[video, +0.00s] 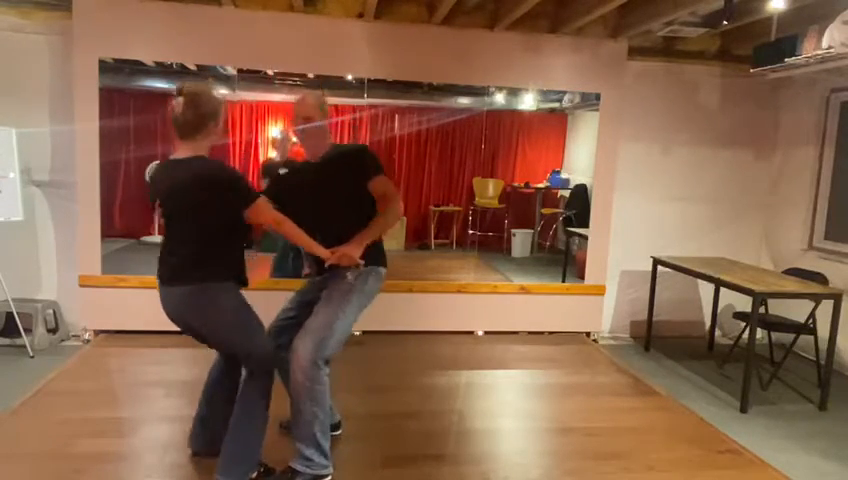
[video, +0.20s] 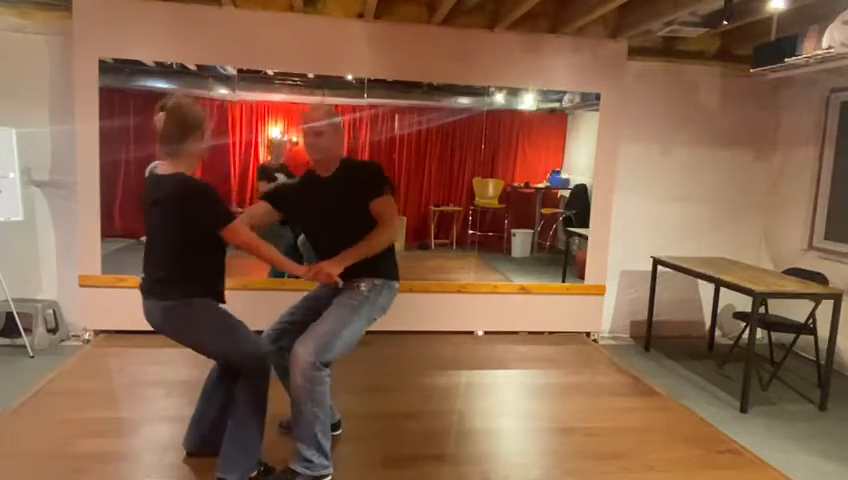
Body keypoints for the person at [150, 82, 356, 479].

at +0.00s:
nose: (223, 127)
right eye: (221, 121)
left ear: (175, 126)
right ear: (216, 127)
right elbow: (272, 219)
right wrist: (320, 251)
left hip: (174, 295)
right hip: (212, 294)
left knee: (233, 350)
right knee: (261, 359)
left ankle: (206, 440)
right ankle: (239, 467)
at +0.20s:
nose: (210, 141)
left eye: (208, 133)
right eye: (207, 134)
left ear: (162, 138)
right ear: (200, 140)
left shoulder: (154, 181)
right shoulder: (196, 192)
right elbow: (248, 241)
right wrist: (295, 268)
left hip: (160, 304)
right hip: (186, 307)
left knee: (238, 351)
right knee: (255, 358)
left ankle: (202, 441)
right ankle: (240, 467)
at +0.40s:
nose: (208, 151)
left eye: (206, 144)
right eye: (204, 145)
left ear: (165, 149)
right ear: (187, 150)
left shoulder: (159, 189)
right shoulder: (183, 203)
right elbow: (240, 258)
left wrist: (219, 219)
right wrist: (292, 283)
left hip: (158, 305)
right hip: (170, 312)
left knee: (236, 354)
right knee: (249, 360)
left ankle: (201, 439)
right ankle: (238, 465)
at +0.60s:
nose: (212, 150)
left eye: (209, 142)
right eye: (206, 143)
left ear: (176, 150)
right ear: (187, 150)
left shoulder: (166, 193)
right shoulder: (179, 203)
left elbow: (215, 241)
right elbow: (228, 261)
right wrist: (278, 286)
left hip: (171, 300)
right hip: (166, 309)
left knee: (234, 354)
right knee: (244, 359)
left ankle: (202, 437)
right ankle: (239, 462)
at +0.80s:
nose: (218, 146)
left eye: (215, 138)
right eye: (211, 139)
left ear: (187, 149)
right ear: (188, 148)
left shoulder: (191, 192)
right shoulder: (177, 200)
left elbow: (223, 220)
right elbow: (225, 261)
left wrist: (268, 218)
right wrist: (276, 288)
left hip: (194, 291)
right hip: (165, 301)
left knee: (232, 350)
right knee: (239, 354)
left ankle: (203, 435)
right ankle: (249, 455)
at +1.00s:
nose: (221, 144)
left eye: (220, 137)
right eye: (215, 138)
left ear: (191, 144)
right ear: (192, 144)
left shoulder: (198, 185)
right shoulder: (177, 193)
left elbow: (226, 215)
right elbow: (218, 257)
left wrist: (269, 214)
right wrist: (268, 287)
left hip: (203, 287)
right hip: (169, 297)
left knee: (228, 348)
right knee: (225, 351)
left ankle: (202, 433)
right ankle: (247, 453)